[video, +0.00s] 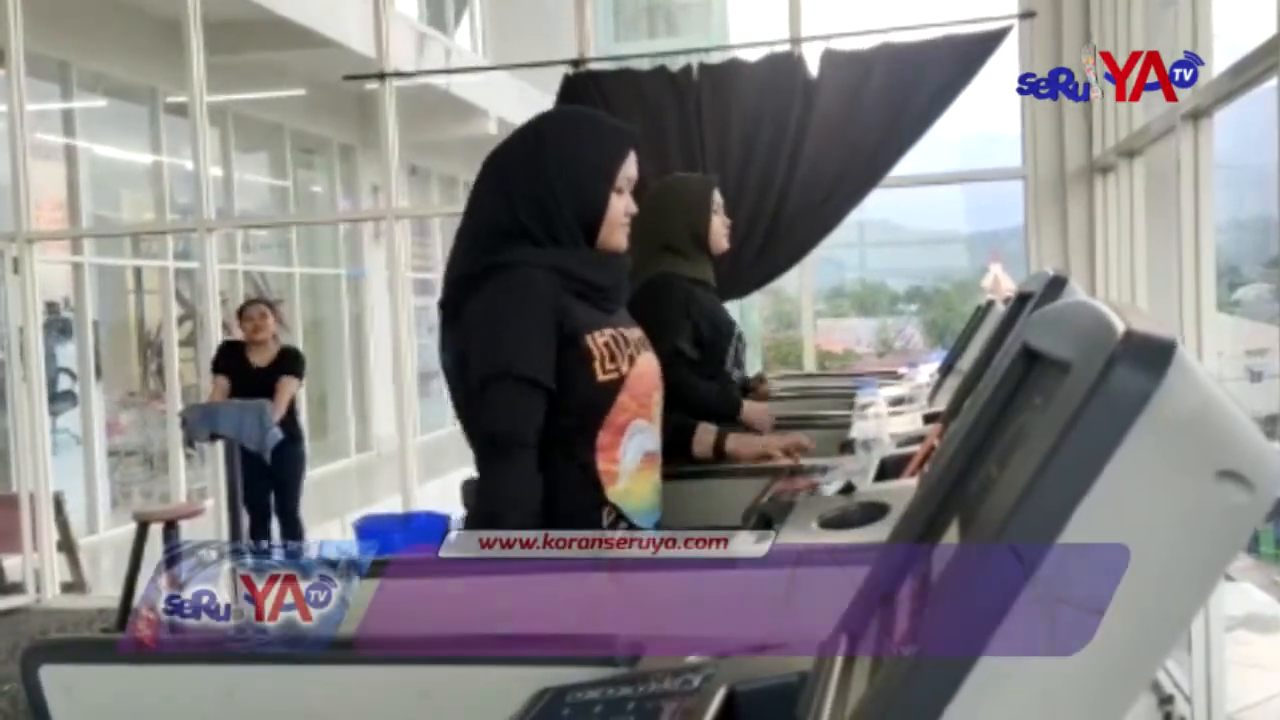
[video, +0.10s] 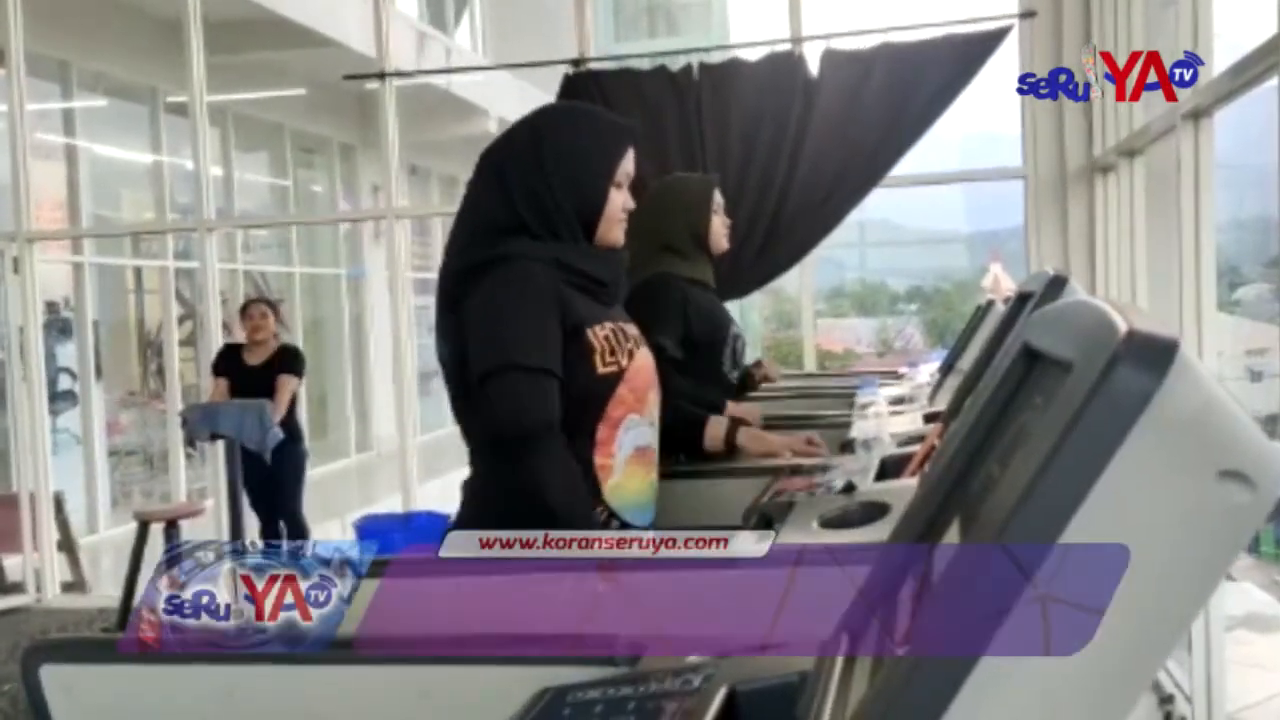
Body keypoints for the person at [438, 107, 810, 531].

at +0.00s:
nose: (634, 207)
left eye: (632, 192)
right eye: (621, 191)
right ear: (571, 188)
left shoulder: (587, 287)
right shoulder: (518, 294)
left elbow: (618, 421)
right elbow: (508, 458)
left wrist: (729, 443)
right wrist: (513, 581)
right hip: (562, 550)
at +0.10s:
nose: (630, 202)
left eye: (629, 186)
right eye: (618, 186)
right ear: (567, 183)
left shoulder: (580, 278)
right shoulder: (517, 284)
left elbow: (622, 406)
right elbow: (524, 449)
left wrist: (740, 438)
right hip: (532, 550)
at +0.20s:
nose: (631, 207)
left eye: (628, 191)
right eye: (619, 190)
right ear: (573, 187)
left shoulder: (585, 283)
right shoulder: (527, 286)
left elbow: (630, 408)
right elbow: (547, 434)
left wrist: (741, 435)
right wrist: (645, 518)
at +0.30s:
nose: (633, 215)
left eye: (631, 199)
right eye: (621, 198)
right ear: (573, 196)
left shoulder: (590, 294)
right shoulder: (529, 297)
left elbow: (633, 418)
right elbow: (559, 441)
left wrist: (739, 439)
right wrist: (664, 514)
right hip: (543, 553)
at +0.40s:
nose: (637, 205)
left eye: (635, 190)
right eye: (623, 189)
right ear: (574, 190)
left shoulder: (598, 290)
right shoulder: (533, 294)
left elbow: (639, 417)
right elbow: (548, 447)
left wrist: (749, 440)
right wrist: (643, 530)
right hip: (561, 555)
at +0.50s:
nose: (642, 192)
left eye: (640, 177)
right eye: (629, 175)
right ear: (579, 174)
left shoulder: (603, 276)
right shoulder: (527, 283)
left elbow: (644, 403)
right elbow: (525, 447)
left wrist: (752, 434)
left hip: (632, 527)